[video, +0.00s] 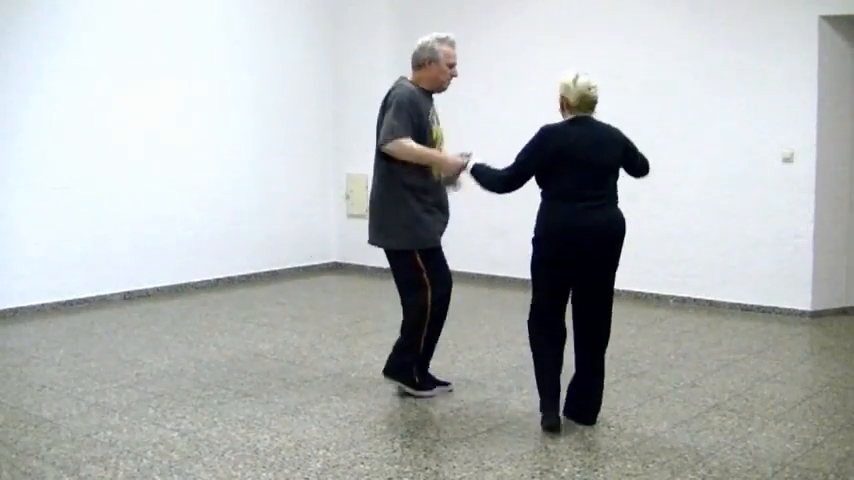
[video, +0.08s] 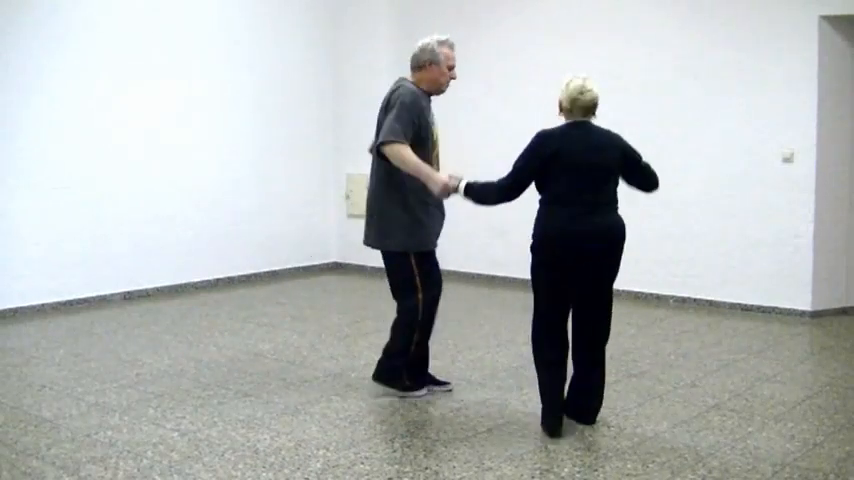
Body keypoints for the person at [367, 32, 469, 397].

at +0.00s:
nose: (454, 73)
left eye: (455, 66)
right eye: (450, 66)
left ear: (431, 66)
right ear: (427, 65)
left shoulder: (420, 99)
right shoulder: (404, 95)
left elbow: (416, 151)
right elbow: (393, 144)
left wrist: (445, 167)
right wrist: (441, 161)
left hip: (413, 218)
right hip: (402, 220)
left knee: (428, 289)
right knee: (433, 287)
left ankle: (406, 364)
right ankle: (411, 370)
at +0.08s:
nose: (453, 75)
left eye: (454, 68)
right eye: (449, 67)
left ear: (428, 68)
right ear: (428, 67)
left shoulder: (413, 97)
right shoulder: (407, 96)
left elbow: (390, 149)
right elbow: (391, 145)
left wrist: (430, 179)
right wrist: (433, 177)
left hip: (408, 219)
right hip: (400, 221)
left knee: (423, 290)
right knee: (421, 292)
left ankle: (409, 369)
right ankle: (401, 373)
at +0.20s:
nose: (451, 79)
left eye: (451, 72)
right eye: (447, 71)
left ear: (420, 71)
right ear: (426, 69)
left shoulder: (390, 96)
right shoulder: (412, 99)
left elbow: (352, 148)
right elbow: (405, 154)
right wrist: (441, 192)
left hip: (387, 223)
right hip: (397, 225)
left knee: (412, 301)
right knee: (403, 304)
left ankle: (414, 372)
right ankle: (385, 380)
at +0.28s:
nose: (447, 81)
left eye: (448, 73)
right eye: (444, 73)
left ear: (418, 70)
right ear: (426, 69)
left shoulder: (380, 95)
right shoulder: (414, 99)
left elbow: (339, 147)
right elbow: (419, 158)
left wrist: (336, 188)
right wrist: (464, 188)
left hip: (370, 220)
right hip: (392, 223)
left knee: (403, 298)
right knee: (398, 303)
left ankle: (412, 368)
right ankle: (386, 381)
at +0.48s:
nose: (434, 80)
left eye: (435, 73)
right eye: (431, 72)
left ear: (404, 70)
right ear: (414, 69)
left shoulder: (363, 96)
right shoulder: (410, 101)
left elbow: (322, 146)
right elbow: (453, 147)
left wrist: (317, 185)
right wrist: (507, 158)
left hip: (352, 219)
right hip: (387, 222)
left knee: (385, 294)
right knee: (393, 296)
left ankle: (382, 369)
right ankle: (384, 379)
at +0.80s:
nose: (433, 82)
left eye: (433, 75)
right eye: (429, 75)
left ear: (403, 74)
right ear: (410, 74)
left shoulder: (366, 99)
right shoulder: (408, 105)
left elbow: (327, 139)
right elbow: (452, 140)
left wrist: (328, 165)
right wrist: (499, 148)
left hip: (350, 219)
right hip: (385, 223)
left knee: (361, 294)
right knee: (409, 286)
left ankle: (365, 371)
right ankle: (386, 372)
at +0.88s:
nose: (436, 82)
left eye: (436, 75)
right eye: (431, 74)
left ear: (405, 74)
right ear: (411, 73)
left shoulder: (375, 98)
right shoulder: (403, 103)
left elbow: (347, 140)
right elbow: (435, 145)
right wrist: (487, 151)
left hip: (360, 217)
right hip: (389, 221)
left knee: (369, 292)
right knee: (419, 285)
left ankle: (368, 369)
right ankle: (402, 369)